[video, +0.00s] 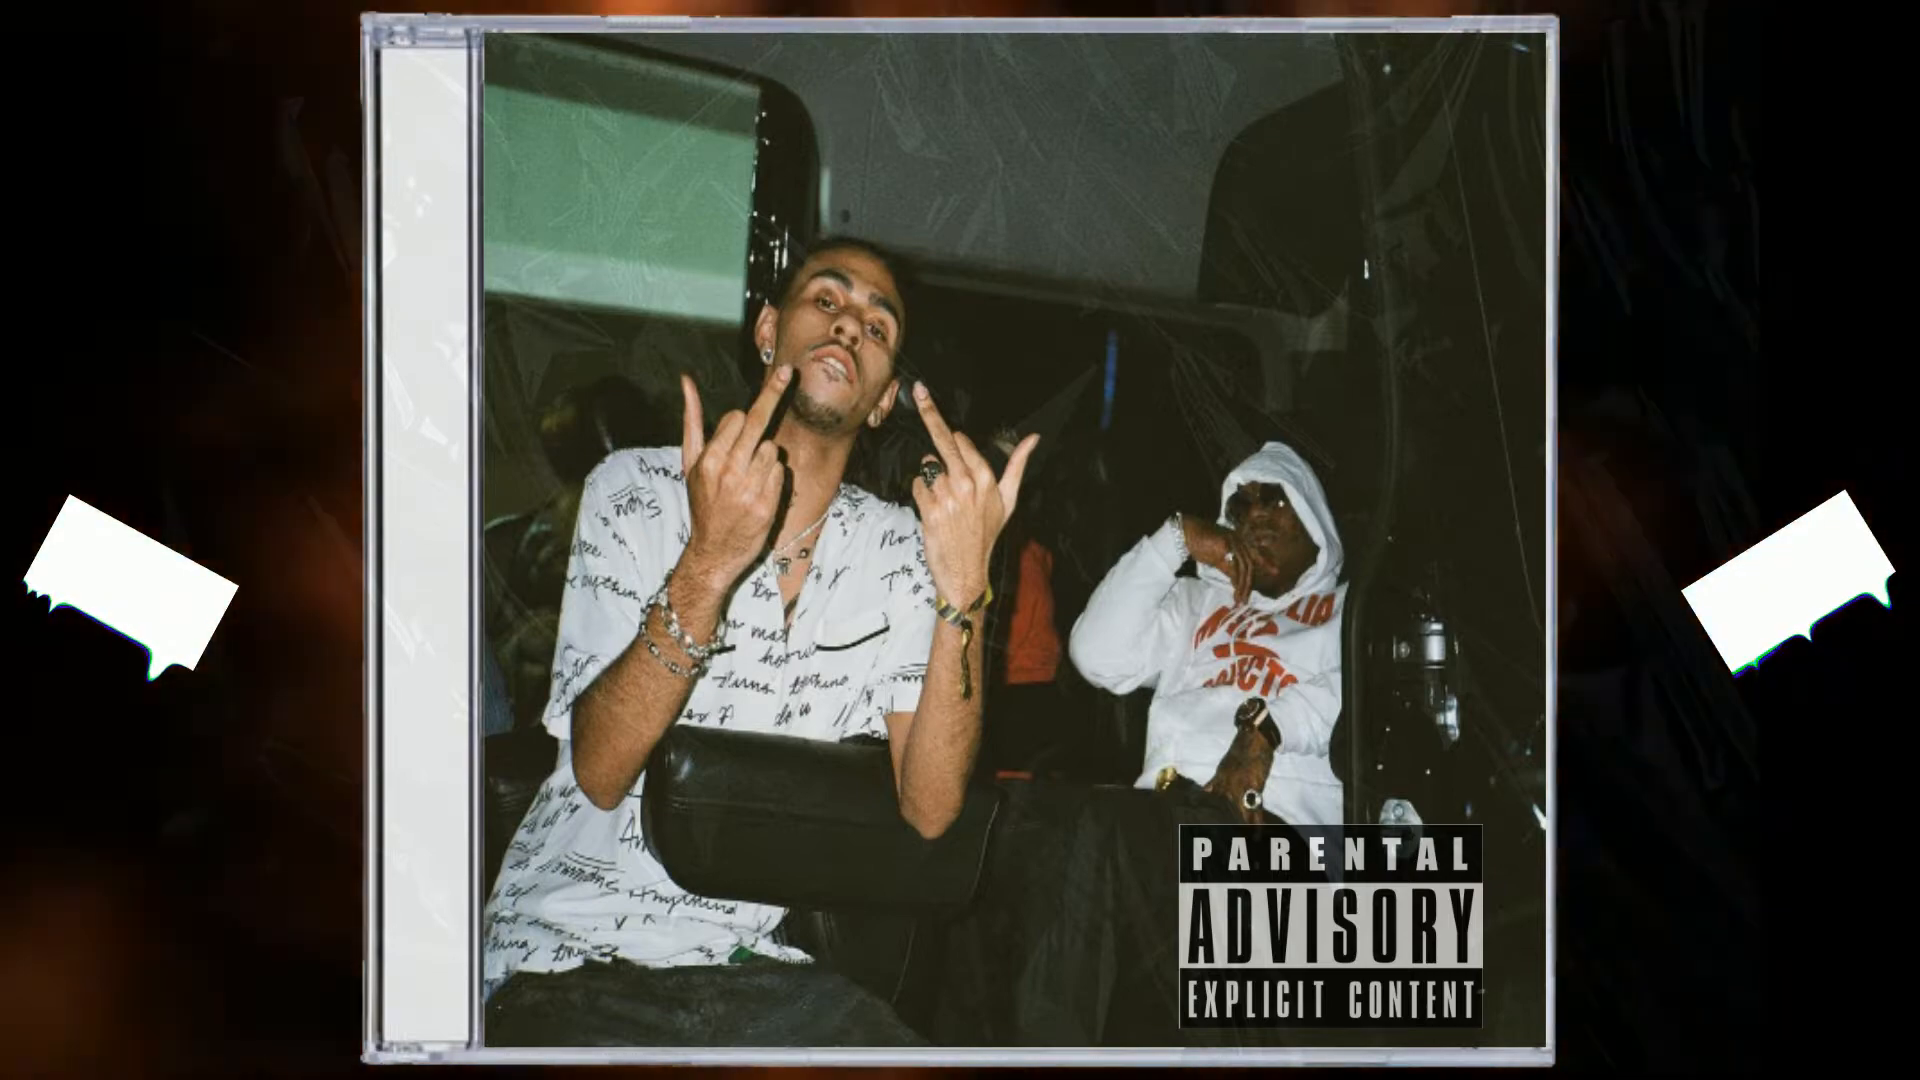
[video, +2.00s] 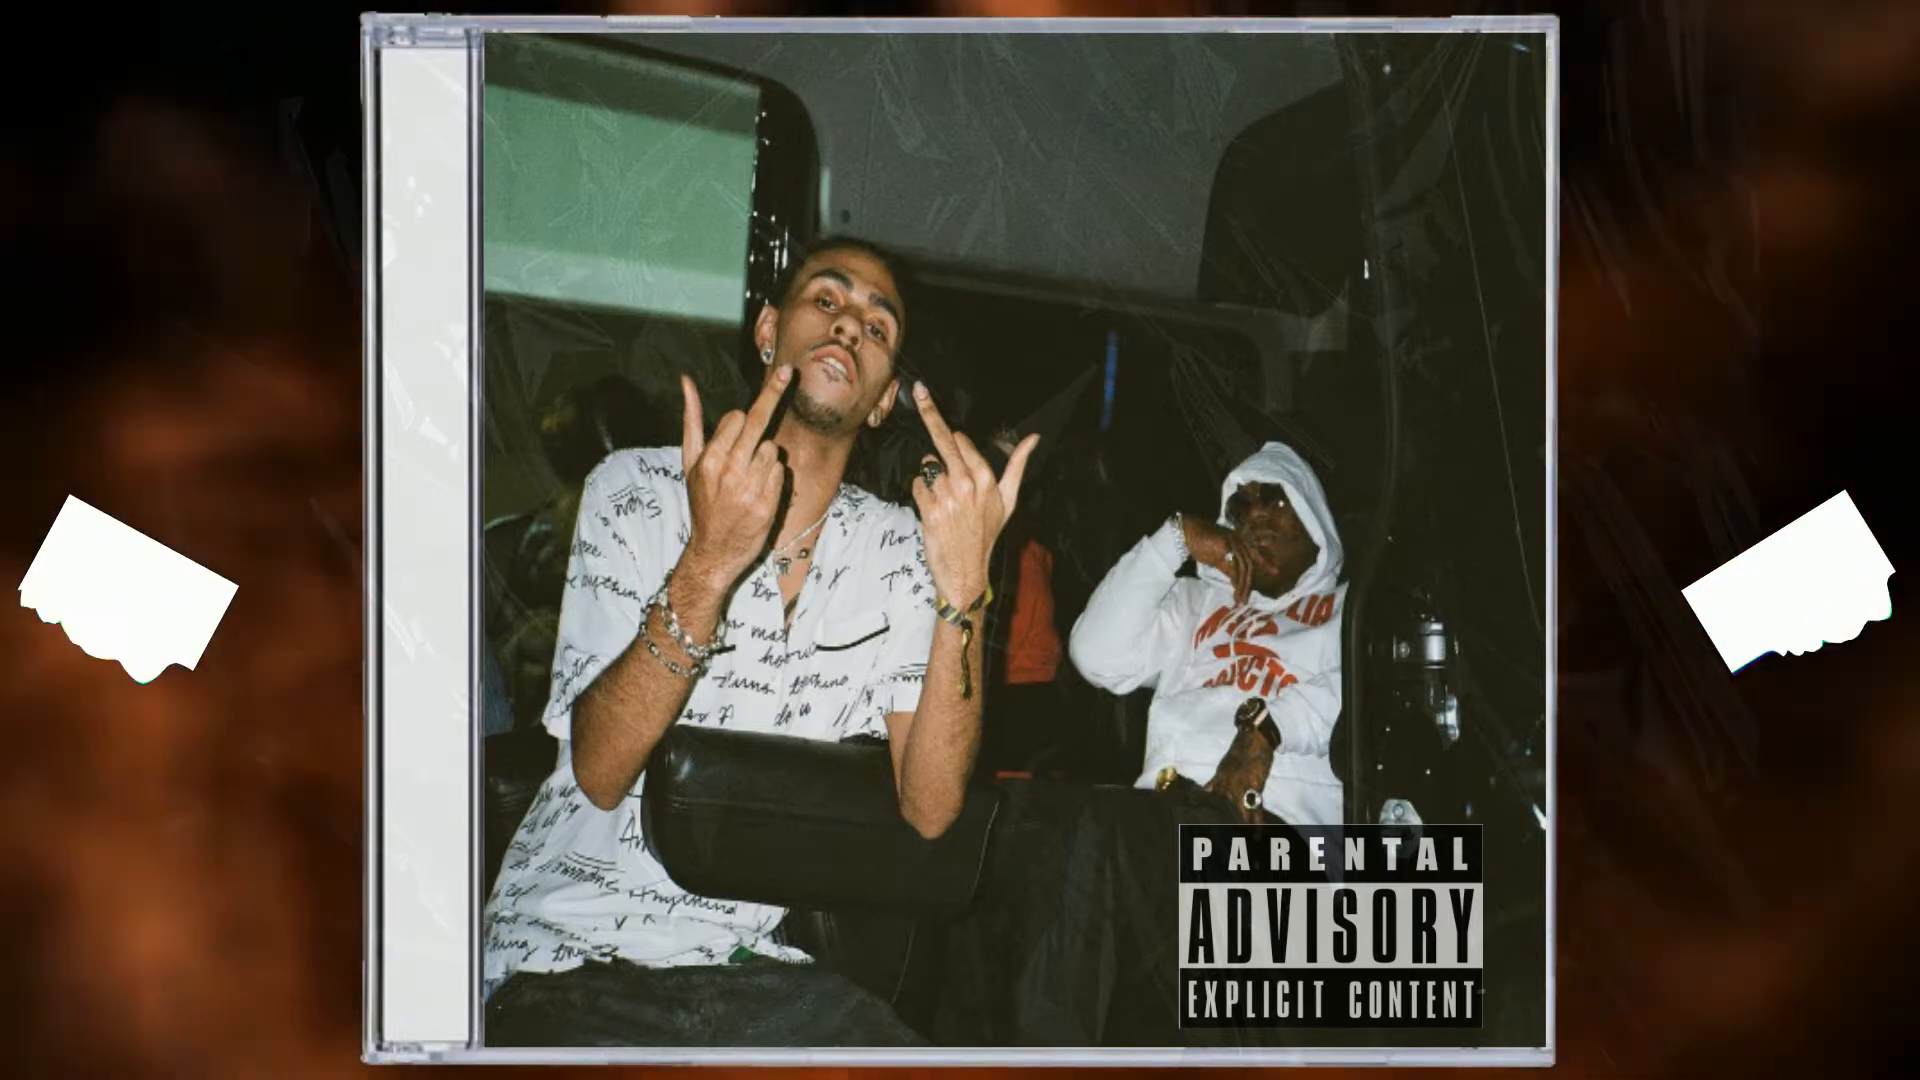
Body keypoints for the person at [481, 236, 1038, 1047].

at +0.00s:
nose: (852, 322)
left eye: (879, 323)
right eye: (827, 298)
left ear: (887, 396)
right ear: (766, 333)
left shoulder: (903, 551)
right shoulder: (638, 491)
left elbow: (931, 809)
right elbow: (601, 770)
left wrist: (966, 593)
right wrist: (710, 563)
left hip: (754, 956)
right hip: (570, 944)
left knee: (904, 1060)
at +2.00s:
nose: (852, 323)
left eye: (879, 323)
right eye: (826, 299)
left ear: (887, 396)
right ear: (767, 333)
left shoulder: (902, 550)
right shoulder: (638, 490)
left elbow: (931, 809)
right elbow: (601, 770)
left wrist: (966, 593)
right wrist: (709, 564)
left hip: (753, 957)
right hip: (569, 945)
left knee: (907, 1063)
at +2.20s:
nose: (852, 323)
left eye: (879, 324)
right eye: (826, 299)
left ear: (887, 396)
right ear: (767, 333)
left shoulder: (902, 550)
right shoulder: (637, 490)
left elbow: (930, 809)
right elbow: (601, 770)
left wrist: (965, 593)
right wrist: (709, 564)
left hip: (751, 955)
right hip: (568, 942)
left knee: (909, 1067)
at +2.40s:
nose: (852, 323)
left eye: (879, 323)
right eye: (826, 299)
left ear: (887, 396)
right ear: (767, 333)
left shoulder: (903, 550)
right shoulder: (638, 490)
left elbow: (931, 809)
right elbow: (601, 770)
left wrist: (966, 593)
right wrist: (709, 564)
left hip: (754, 958)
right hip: (569, 946)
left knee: (908, 1062)